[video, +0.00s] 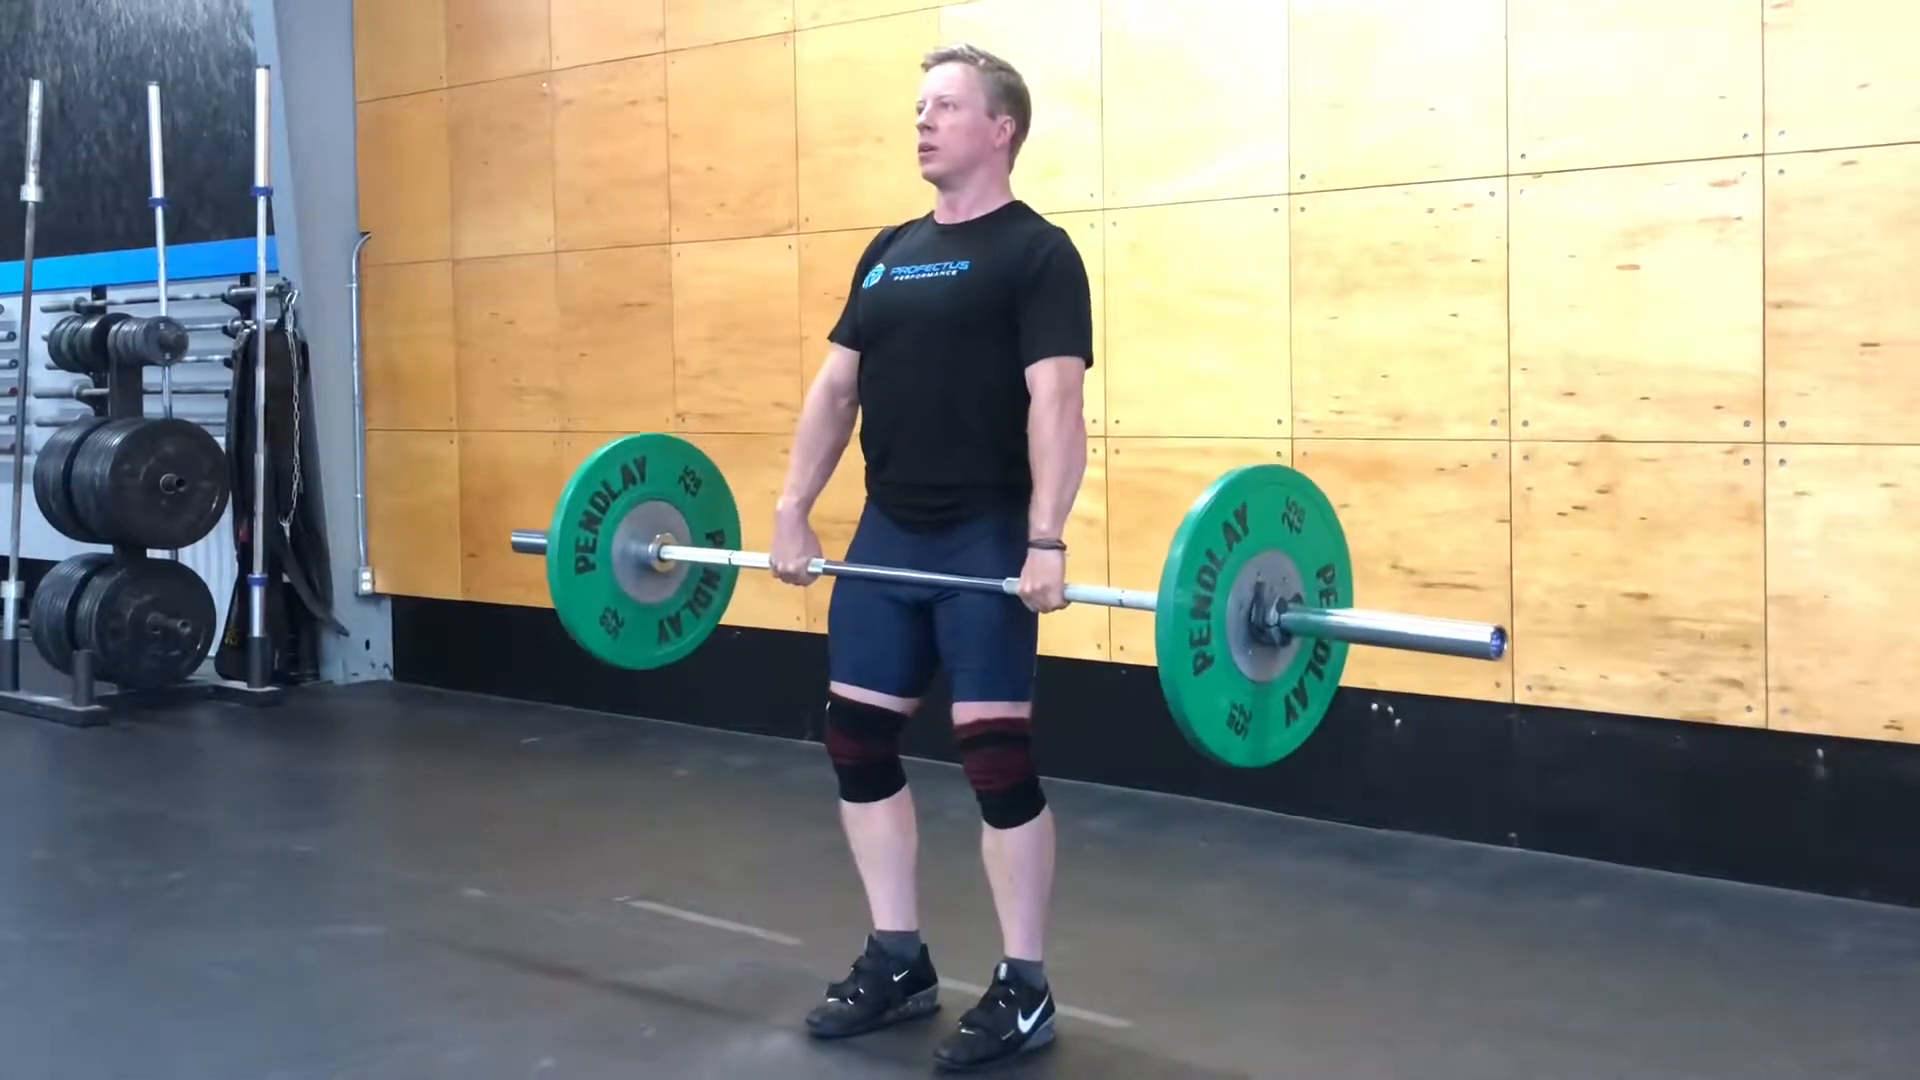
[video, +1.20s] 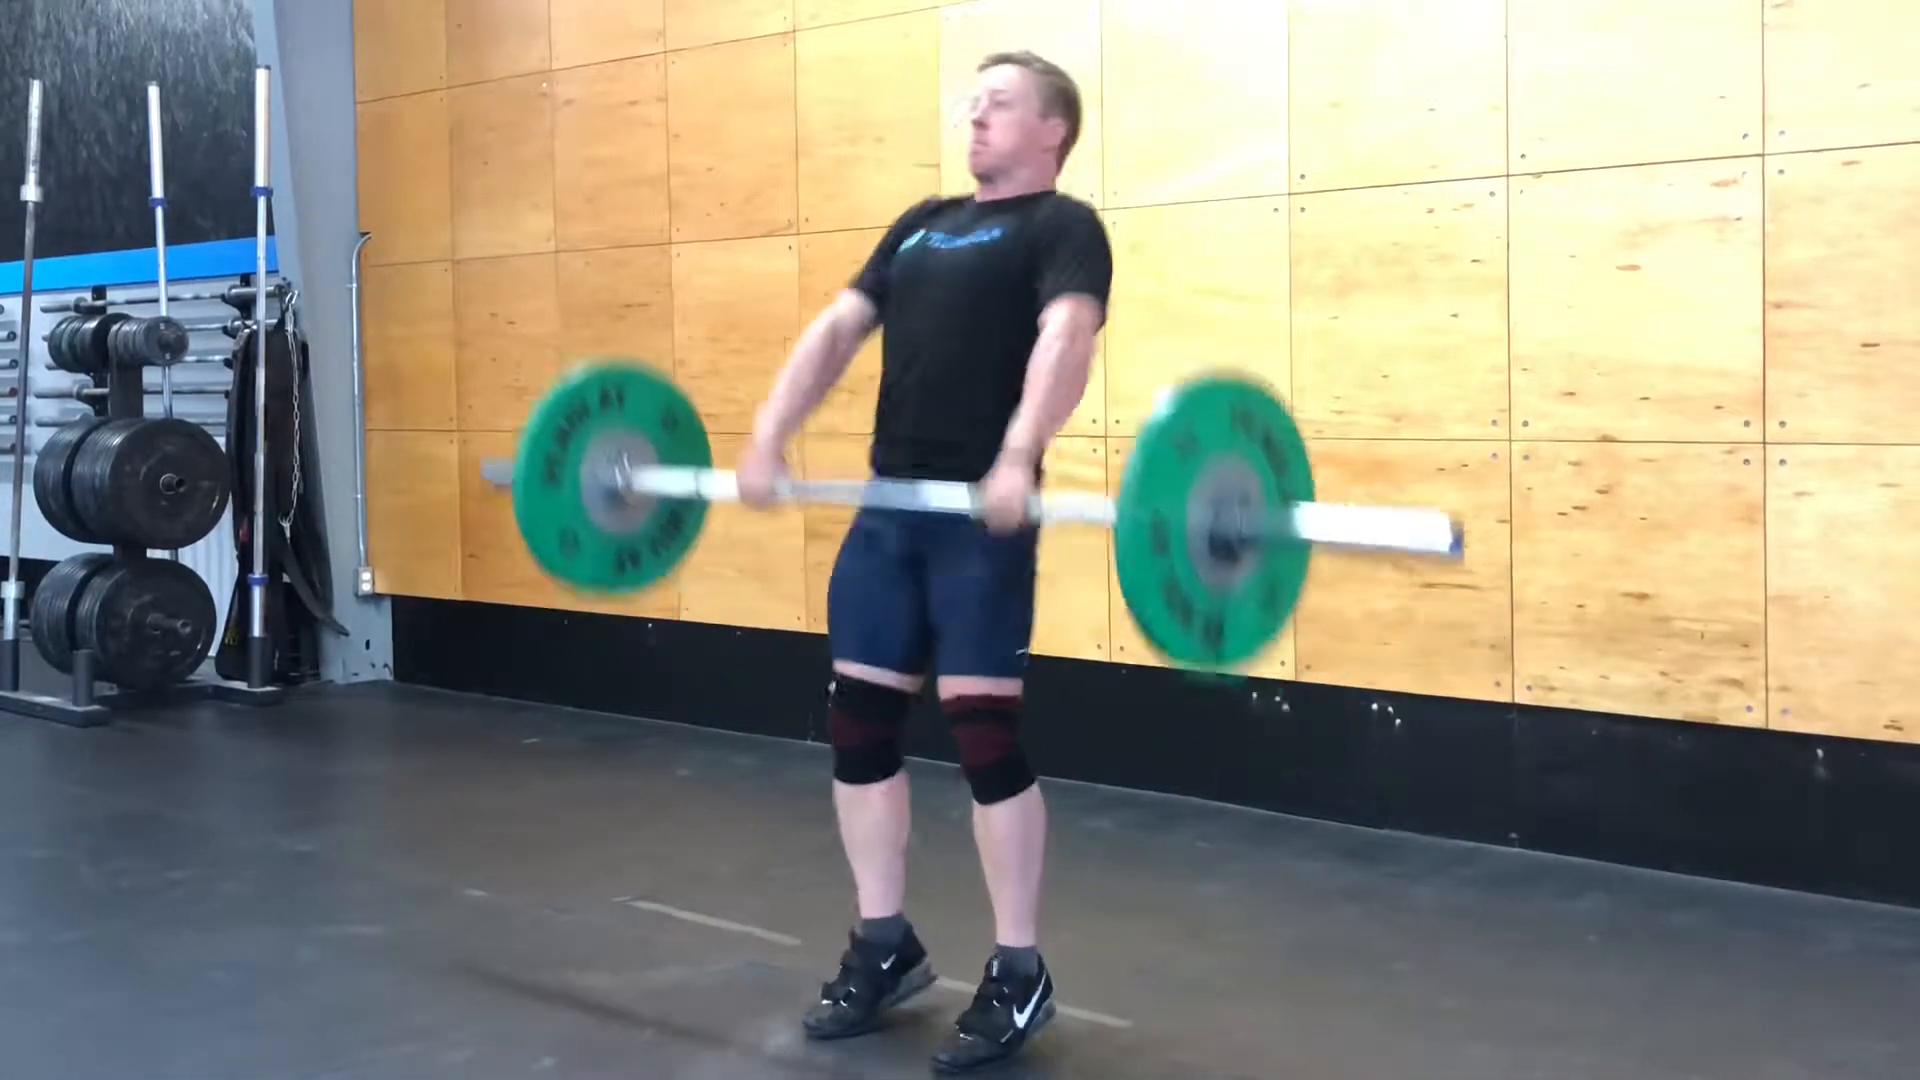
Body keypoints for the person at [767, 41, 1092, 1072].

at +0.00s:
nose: (922, 123)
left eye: (944, 109)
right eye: (922, 110)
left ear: (1002, 130)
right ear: (929, 129)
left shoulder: (1038, 251)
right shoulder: (888, 251)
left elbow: (1059, 398)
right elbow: (837, 388)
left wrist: (1046, 535)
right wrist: (792, 505)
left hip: (991, 533)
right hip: (887, 526)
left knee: (996, 759)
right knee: (856, 736)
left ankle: (1024, 987)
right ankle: (896, 961)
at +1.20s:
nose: (976, 118)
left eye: (999, 107)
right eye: (975, 104)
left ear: (1055, 133)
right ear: (971, 127)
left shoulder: (1067, 228)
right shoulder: (924, 223)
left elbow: (1067, 342)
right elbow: (840, 330)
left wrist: (1020, 455)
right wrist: (769, 431)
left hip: (985, 515)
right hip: (887, 512)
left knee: (983, 731)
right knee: (859, 724)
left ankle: (1017, 974)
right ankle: (881, 944)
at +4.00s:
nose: (903, 115)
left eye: (924, 101)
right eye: (902, 101)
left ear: (983, 124)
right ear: (912, 124)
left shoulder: (1022, 250)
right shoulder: (869, 253)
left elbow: (1041, 408)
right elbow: (825, 392)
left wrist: (1040, 552)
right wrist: (791, 514)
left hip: (990, 535)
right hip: (889, 530)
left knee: (1004, 761)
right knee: (868, 743)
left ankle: (1036, 990)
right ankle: (899, 962)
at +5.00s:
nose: (910, 443)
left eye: (930, 428)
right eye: (907, 428)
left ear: (988, 446)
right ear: (904, 440)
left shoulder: (1022, 563)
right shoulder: (874, 553)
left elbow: (946, 636)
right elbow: (735, 592)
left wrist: (987, 520)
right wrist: (789, 498)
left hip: (1060, 773)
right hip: (949, 774)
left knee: (1052, 815)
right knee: (795, 788)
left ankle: (1068, 995)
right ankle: (900, 957)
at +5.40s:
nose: (921, 148)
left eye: (943, 133)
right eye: (918, 132)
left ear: (1002, 157)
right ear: (917, 153)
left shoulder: (1033, 281)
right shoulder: (880, 280)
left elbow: (991, 404)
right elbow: (793, 394)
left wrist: (998, 273)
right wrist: (775, 274)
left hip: (1026, 546)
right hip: (928, 548)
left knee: (1022, 759)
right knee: (856, 744)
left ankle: (1067, 988)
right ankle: (906, 956)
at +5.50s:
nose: (926, 117)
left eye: (948, 103)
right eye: (925, 103)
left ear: (1006, 124)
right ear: (931, 122)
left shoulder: (1043, 246)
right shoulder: (889, 241)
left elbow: (1042, 384)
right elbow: (820, 367)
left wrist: (1027, 252)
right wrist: (784, 252)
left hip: (1016, 523)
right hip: (915, 524)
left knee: (1020, 751)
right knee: (897, 741)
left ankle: (1062, 986)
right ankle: (914, 956)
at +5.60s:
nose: (928, 117)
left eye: (951, 103)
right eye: (926, 103)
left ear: (1008, 125)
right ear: (931, 123)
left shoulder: (1041, 241)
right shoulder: (895, 243)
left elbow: (1062, 381)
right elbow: (820, 361)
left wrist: (1045, 255)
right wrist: (787, 245)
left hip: (1013, 527)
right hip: (913, 528)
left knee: (1022, 754)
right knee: (899, 744)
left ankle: (1061, 986)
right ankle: (913, 958)